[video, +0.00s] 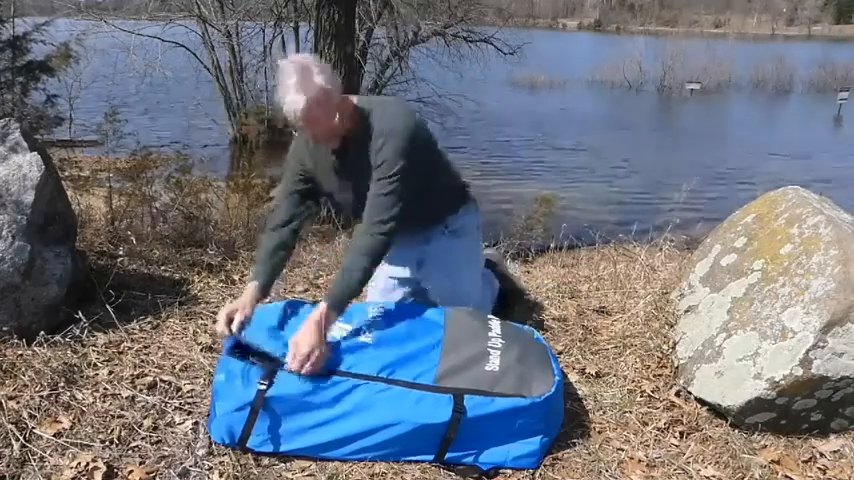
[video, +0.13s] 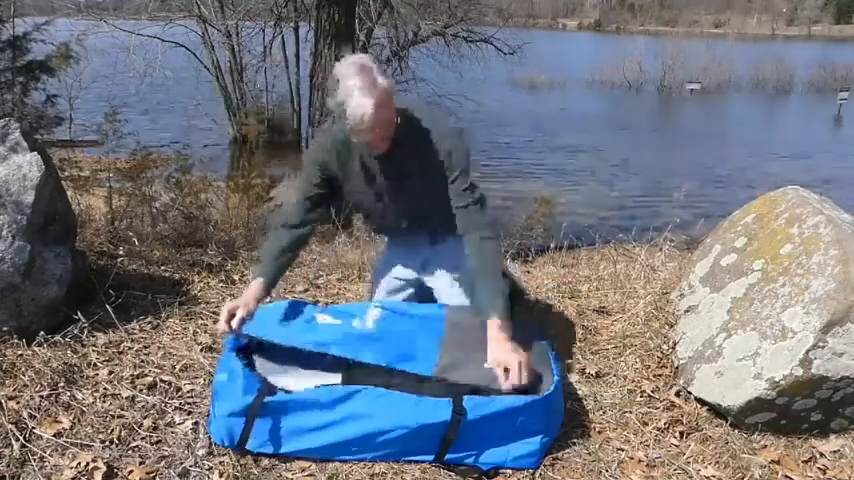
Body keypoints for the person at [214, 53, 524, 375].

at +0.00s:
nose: (309, 134)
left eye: (313, 122)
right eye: (301, 125)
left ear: (338, 104)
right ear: (297, 120)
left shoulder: (394, 128)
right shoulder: (306, 146)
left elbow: (376, 231)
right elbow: (283, 223)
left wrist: (323, 318)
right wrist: (251, 296)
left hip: (448, 230)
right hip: (390, 236)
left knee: (462, 333)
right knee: (369, 336)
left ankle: (491, 280)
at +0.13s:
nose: (381, 142)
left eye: (387, 128)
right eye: (368, 135)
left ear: (393, 105)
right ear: (345, 123)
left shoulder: (437, 136)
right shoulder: (330, 148)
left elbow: (478, 227)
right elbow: (293, 221)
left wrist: (498, 332)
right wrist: (252, 296)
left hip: (453, 243)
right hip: (399, 246)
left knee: (473, 336)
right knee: (381, 333)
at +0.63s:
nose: (294, 137)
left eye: (299, 128)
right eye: (290, 130)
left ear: (331, 110)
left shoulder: (400, 134)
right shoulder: (315, 128)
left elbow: (374, 227)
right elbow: (299, 197)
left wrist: (317, 267)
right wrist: (263, 257)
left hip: (447, 226)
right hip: (388, 231)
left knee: (458, 330)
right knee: (377, 333)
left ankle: (486, 286)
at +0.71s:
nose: (289, 135)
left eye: (294, 125)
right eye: (284, 128)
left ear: (322, 104)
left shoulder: (395, 134)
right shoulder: (313, 126)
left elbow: (371, 228)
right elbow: (297, 195)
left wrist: (316, 267)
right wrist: (263, 254)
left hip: (444, 229)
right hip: (387, 236)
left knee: (459, 331)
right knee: (373, 335)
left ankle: (484, 285)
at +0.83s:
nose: (312, 128)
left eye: (316, 117)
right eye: (306, 120)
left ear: (338, 96)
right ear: (301, 111)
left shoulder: (399, 127)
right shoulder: (312, 130)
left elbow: (393, 223)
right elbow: (304, 196)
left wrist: (339, 269)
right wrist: (268, 251)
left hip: (445, 228)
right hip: (389, 232)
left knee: (461, 325)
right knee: (373, 332)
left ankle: (484, 285)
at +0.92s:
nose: (326, 127)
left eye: (330, 114)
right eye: (318, 119)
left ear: (349, 93)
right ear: (309, 109)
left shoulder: (411, 125)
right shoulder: (315, 129)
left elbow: (423, 210)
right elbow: (307, 194)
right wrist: (271, 253)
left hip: (445, 227)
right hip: (389, 233)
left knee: (452, 325)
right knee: (375, 324)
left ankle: (485, 287)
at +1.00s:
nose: (366, 128)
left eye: (369, 117)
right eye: (354, 121)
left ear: (383, 92)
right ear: (335, 109)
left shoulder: (433, 122)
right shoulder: (321, 129)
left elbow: (489, 187)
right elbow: (319, 197)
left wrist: (495, 267)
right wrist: (275, 255)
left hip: (452, 236)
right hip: (390, 242)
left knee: (457, 350)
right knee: (371, 341)